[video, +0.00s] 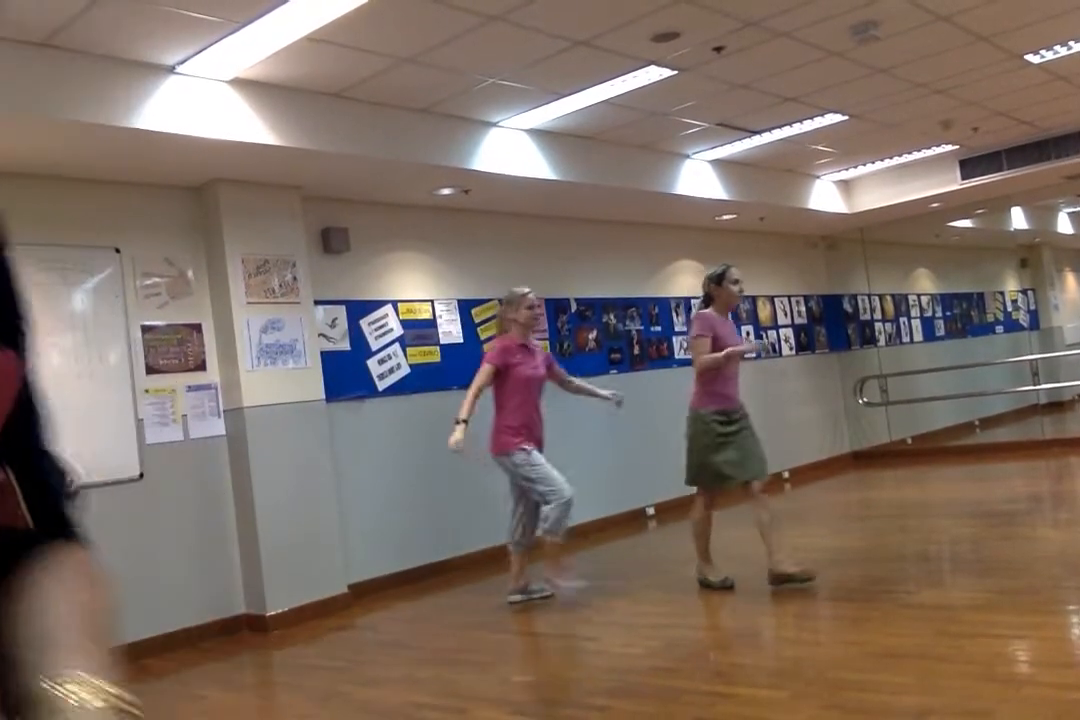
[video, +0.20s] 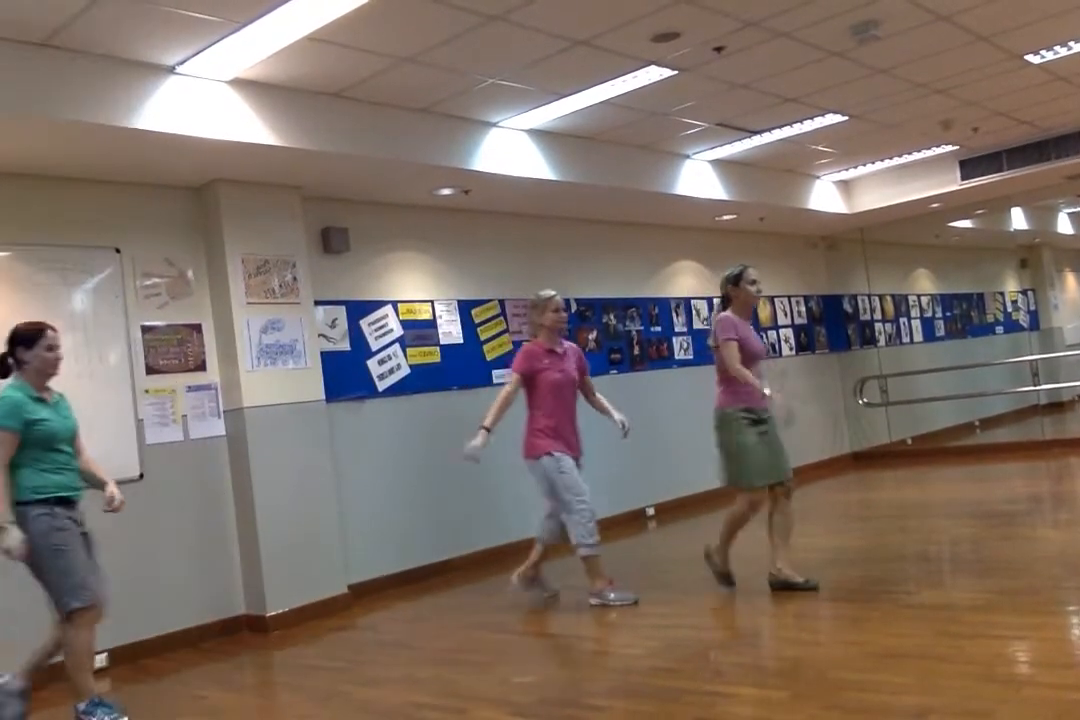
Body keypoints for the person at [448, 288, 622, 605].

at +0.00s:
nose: (536, 312)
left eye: (537, 307)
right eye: (529, 308)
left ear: (535, 313)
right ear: (511, 314)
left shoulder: (540, 352)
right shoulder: (501, 348)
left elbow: (568, 382)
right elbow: (475, 390)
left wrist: (605, 394)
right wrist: (461, 425)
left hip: (531, 443)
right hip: (510, 444)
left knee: (524, 513)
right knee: (560, 496)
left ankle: (518, 585)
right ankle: (553, 572)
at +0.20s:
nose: (563, 315)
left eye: (564, 310)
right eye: (556, 311)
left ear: (565, 315)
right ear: (539, 317)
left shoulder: (573, 351)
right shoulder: (529, 353)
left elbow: (589, 392)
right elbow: (508, 392)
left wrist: (613, 414)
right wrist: (484, 431)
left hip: (569, 444)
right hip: (543, 445)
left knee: (559, 513)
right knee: (580, 505)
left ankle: (528, 572)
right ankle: (599, 585)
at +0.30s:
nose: (577, 315)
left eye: (578, 310)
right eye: (570, 311)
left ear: (578, 315)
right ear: (553, 316)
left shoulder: (582, 351)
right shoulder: (544, 354)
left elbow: (586, 395)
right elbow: (525, 400)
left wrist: (607, 421)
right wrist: (510, 442)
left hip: (579, 443)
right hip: (554, 445)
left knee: (605, 506)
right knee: (589, 505)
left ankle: (552, 553)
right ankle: (600, 584)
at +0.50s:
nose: (593, 316)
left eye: (593, 311)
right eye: (586, 311)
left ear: (591, 316)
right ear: (568, 316)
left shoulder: (590, 350)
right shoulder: (558, 353)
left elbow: (591, 396)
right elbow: (550, 402)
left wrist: (612, 424)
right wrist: (561, 436)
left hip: (591, 441)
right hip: (566, 443)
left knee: (620, 498)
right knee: (594, 500)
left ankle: (588, 556)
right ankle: (602, 580)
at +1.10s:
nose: (597, 316)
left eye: (601, 311)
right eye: (591, 311)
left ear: (606, 315)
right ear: (579, 315)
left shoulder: (600, 348)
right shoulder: (568, 348)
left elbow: (590, 389)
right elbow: (558, 396)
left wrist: (590, 420)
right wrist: (589, 417)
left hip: (587, 434)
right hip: (562, 437)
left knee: (593, 500)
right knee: (569, 501)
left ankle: (589, 562)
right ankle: (556, 557)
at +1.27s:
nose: (593, 314)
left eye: (597, 310)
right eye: (587, 310)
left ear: (603, 314)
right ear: (576, 314)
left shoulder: (602, 349)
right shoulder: (562, 346)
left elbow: (588, 391)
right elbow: (546, 393)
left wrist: (586, 425)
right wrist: (558, 427)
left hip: (585, 435)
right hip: (555, 434)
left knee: (591, 500)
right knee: (563, 499)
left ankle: (589, 563)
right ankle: (549, 549)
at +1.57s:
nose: (565, 311)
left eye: (570, 306)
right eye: (560, 307)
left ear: (576, 310)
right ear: (549, 312)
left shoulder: (585, 349)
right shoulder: (537, 347)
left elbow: (588, 393)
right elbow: (519, 391)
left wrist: (611, 419)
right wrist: (505, 432)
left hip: (574, 440)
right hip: (541, 441)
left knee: (587, 504)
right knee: (546, 509)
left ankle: (589, 563)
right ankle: (549, 584)